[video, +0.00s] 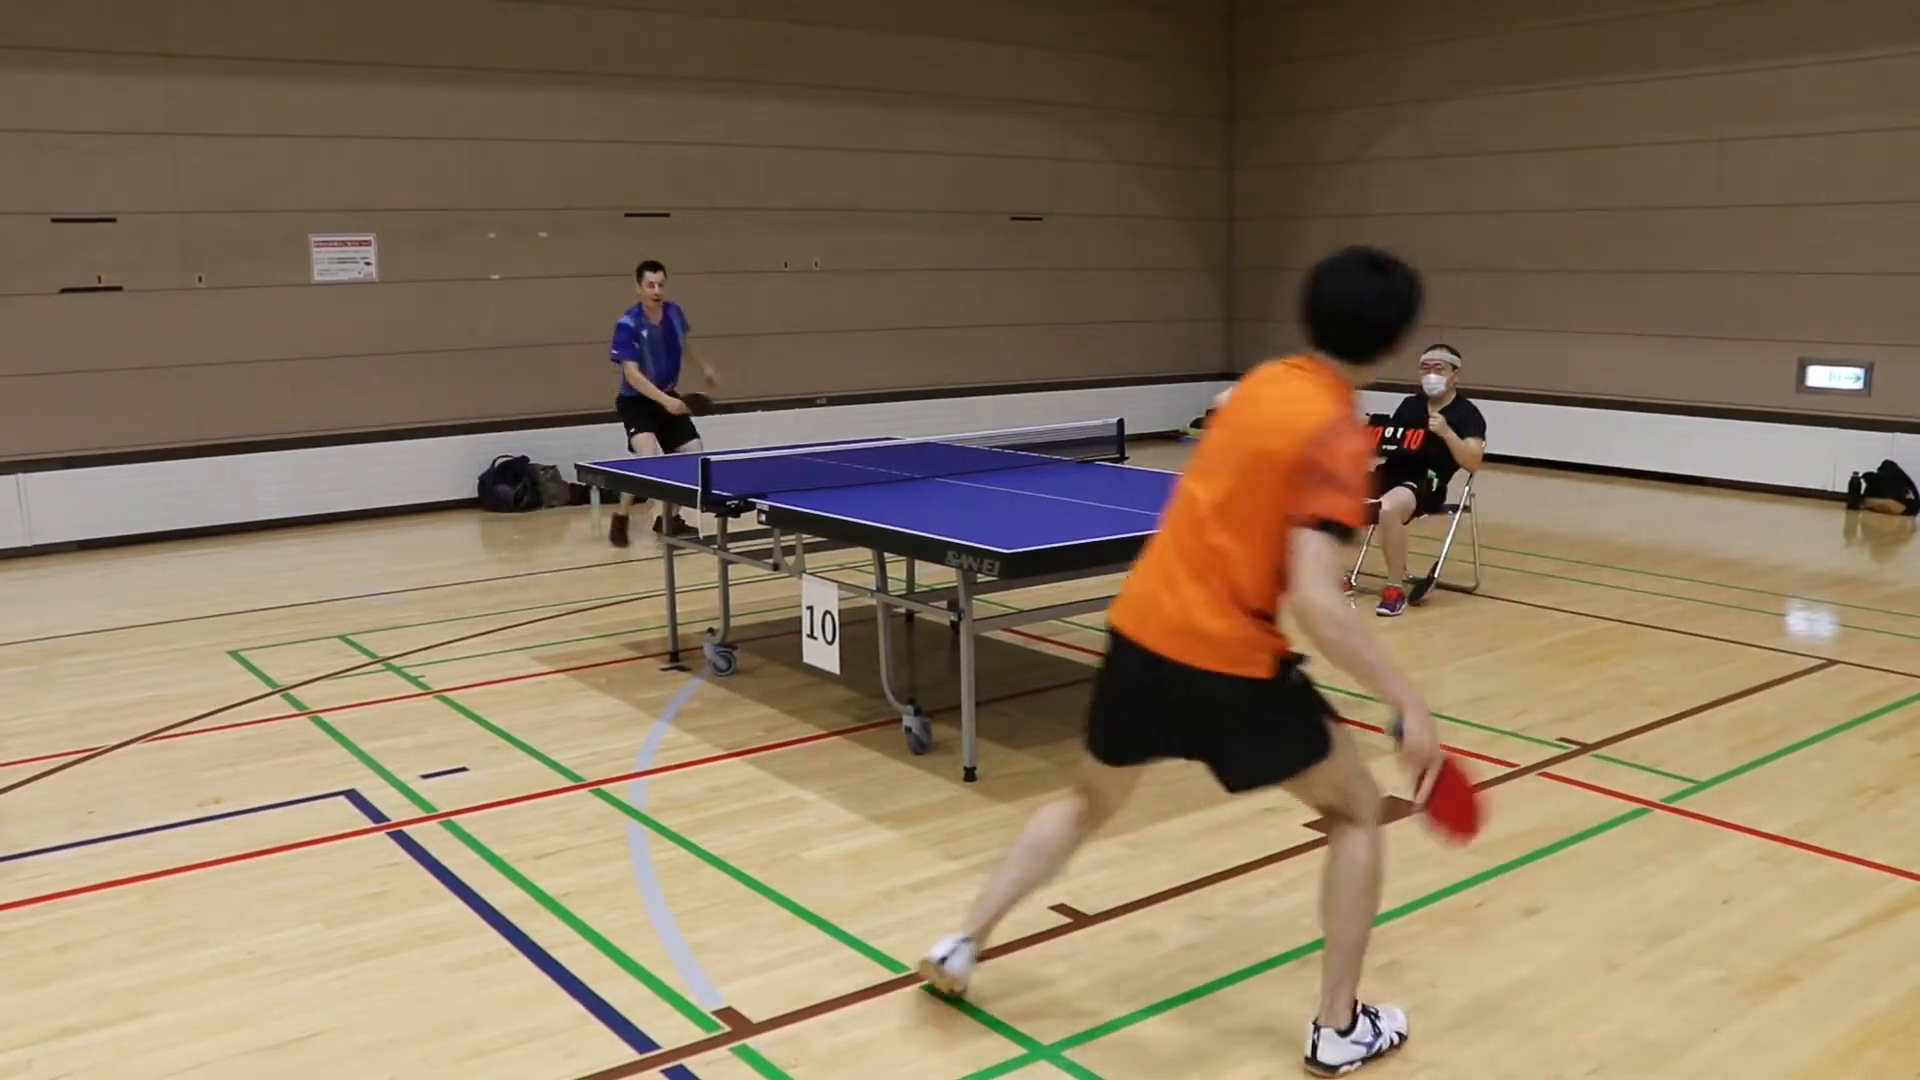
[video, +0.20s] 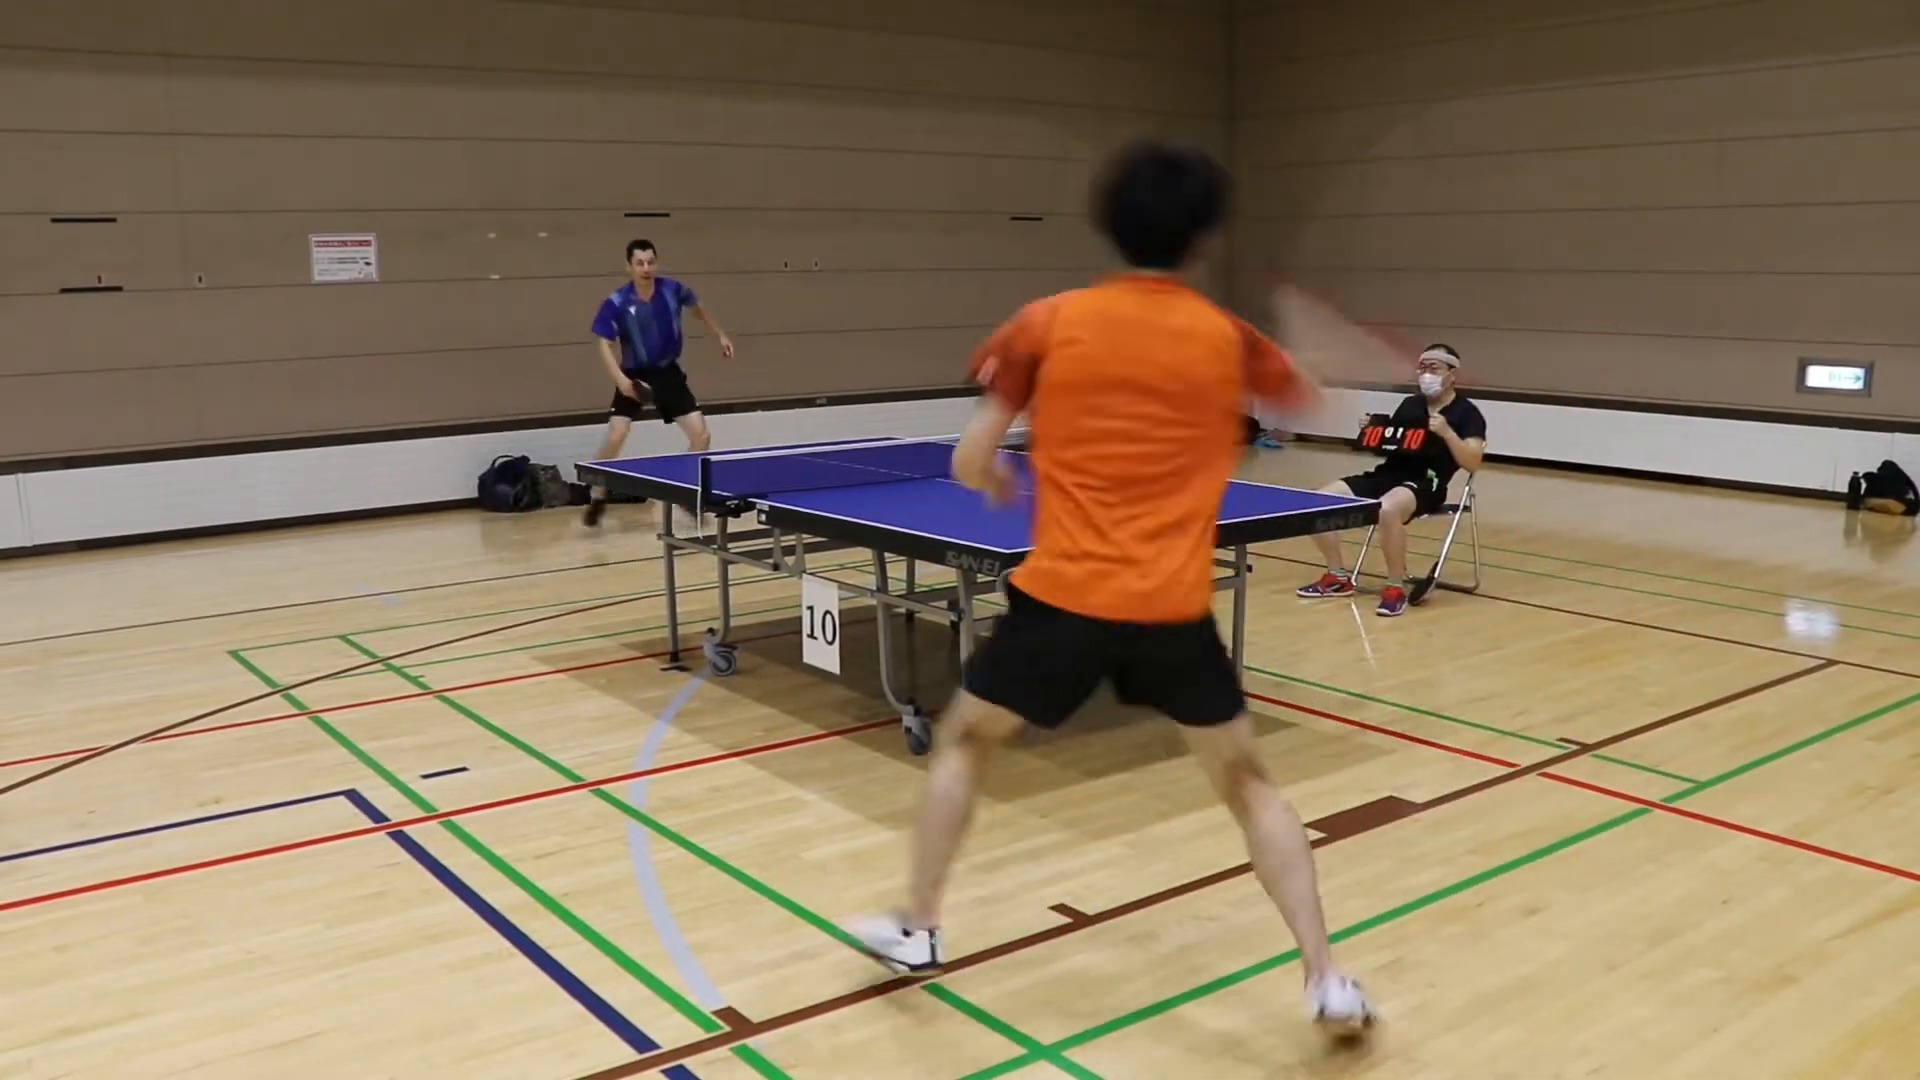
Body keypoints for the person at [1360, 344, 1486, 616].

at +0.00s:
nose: (1431, 375)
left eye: (1439, 370)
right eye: (1426, 369)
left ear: (1454, 377)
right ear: (1419, 375)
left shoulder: (1468, 414)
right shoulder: (1410, 405)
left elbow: (1472, 463)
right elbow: (1389, 442)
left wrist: (1446, 433)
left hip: (1427, 480)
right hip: (1391, 472)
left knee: (1389, 508)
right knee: (1343, 501)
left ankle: (1395, 588)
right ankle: (1338, 577)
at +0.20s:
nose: (1426, 375)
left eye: (1435, 369)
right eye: (1422, 369)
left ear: (1453, 376)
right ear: (1417, 374)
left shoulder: (1467, 414)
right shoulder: (1411, 404)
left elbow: (1472, 463)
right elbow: (1393, 439)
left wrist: (1447, 433)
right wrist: (1373, 426)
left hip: (1427, 482)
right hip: (1390, 474)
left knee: (1389, 510)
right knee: (1319, 501)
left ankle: (1394, 588)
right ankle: (1337, 576)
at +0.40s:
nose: (1420, 375)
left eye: (1427, 369)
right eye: (1418, 369)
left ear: (1448, 376)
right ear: (1414, 373)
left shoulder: (1466, 413)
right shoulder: (1411, 404)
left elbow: (1472, 462)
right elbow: (1393, 439)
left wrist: (1447, 433)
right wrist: (1373, 426)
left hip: (1427, 482)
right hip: (1390, 474)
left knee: (1389, 510)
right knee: (1319, 502)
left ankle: (1394, 588)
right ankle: (1337, 576)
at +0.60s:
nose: (1414, 375)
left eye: (1421, 369)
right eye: (1414, 369)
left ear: (1441, 376)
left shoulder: (1466, 413)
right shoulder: (1411, 404)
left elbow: (1472, 463)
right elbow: (1393, 439)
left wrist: (1447, 433)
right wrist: (1372, 426)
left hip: (1426, 482)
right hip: (1389, 474)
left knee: (1388, 510)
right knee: (1318, 502)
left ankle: (1394, 589)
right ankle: (1337, 576)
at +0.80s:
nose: (1413, 374)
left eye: (1420, 369)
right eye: (1414, 368)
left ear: (1441, 375)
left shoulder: (1466, 413)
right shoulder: (1411, 404)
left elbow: (1472, 463)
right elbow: (1394, 439)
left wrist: (1447, 433)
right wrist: (1373, 426)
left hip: (1426, 482)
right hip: (1390, 474)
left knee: (1388, 509)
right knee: (1318, 502)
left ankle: (1394, 588)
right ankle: (1337, 576)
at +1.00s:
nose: (1416, 375)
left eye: (1423, 370)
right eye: (1416, 369)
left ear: (1445, 376)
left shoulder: (1467, 413)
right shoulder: (1411, 404)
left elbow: (1472, 463)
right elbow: (1393, 441)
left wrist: (1446, 432)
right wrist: (1374, 427)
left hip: (1425, 482)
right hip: (1389, 474)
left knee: (1389, 508)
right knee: (1320, 501)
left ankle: (1395, 589)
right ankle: (1337, 575)